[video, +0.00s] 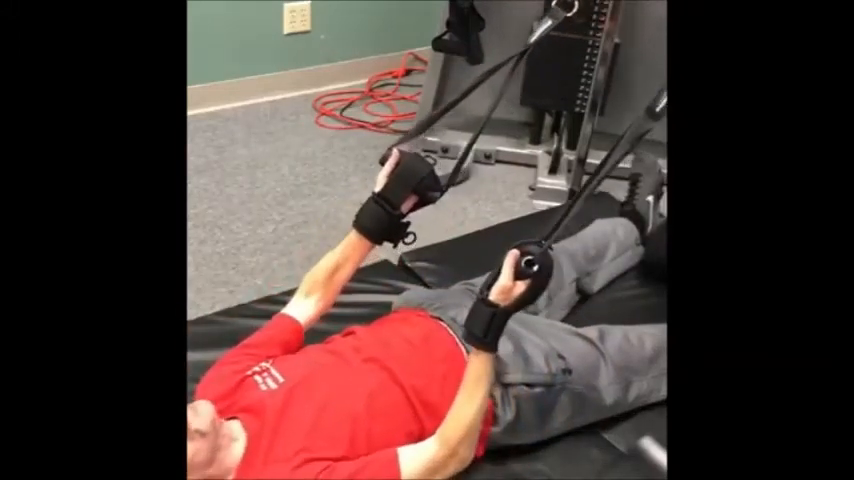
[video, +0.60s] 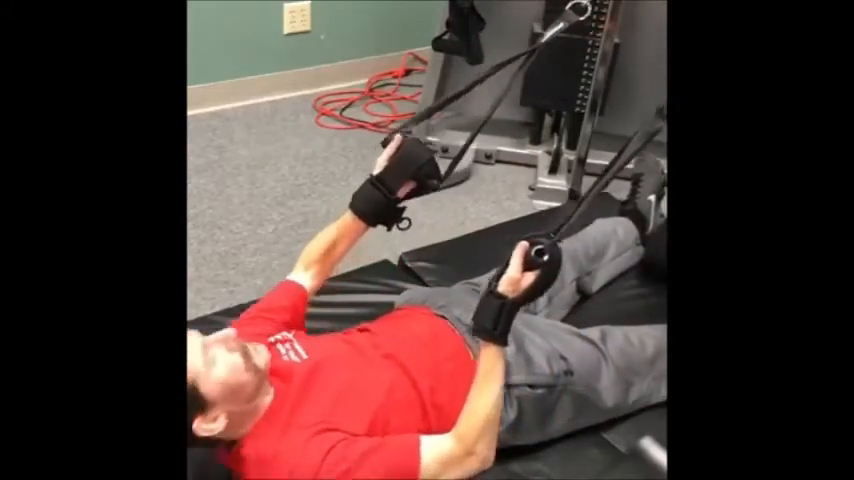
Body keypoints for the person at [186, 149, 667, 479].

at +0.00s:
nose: (198, 414)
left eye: (184, 411)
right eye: (187, 434)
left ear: (188, 406)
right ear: (196, 472)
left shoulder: (222, 380)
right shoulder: (285, 475)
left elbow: (311, 297)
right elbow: (445, 455)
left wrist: (382, 211)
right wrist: (493, 321)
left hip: (427, 313)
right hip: (490, 385)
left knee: (550, 269)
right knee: (641, 355)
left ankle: (634, 223)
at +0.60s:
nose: (226, 338)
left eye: (209, 338)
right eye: (211, 356)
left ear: (219, 331)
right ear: (210, 420)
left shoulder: (251, 340)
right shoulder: (294, 462)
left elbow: (311, 269)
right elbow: (465, 454)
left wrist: (379, 194)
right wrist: (502, 311)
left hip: (435, 309)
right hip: (496, 377)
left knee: (553, 263)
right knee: (639, 355)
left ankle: (637, 222)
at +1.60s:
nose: (383, 183)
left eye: (379, 173)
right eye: (375, 179)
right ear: (337, 214)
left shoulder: (288, 244)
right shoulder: (360, 321)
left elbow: (336, 206)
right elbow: (497, 399)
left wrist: (401, 157)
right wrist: (531, 261)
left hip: (451, 306)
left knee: (556, 260)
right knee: (656, 352)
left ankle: (635, 219)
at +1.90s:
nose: (426, 160)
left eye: (424, 145)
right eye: (419, 150)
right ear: (385, 174)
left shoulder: (312, 216)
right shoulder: (386, 276)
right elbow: (508, 375)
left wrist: (403, 136)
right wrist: (543, 241)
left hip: (443, 319)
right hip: (481, 399)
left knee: (561, 252)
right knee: (657, 354)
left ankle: (636, 220)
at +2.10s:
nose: (455, 148)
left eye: (453, 136)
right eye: (450, 137)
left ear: (364, 140)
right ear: (416, 154)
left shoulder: (331, 199)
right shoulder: (407, 248)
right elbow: (523, 356)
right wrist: (553, 229)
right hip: (484, 401)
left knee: (563, 259)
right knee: (661, 349)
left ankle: (637, 222)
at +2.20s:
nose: (472, 145)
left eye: (472, 132)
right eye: (469, 133)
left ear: (384, 133)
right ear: (437, 147)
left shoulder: (343, 190)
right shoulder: (423, 237)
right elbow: (531, 353)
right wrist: (563, 222)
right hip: (486, 401)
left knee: (563, 259)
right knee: (663, 348)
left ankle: (637, 221)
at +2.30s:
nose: (480, 143)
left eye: (480, 131)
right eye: (477, 132)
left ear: (393, 130)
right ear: (446, 144)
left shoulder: (348, 187)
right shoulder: (432, 234)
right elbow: (536, 353)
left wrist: (569, 207)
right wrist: (567, 228)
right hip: (486, 400)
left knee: (559, 260)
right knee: (664, 350)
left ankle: (638, 224)